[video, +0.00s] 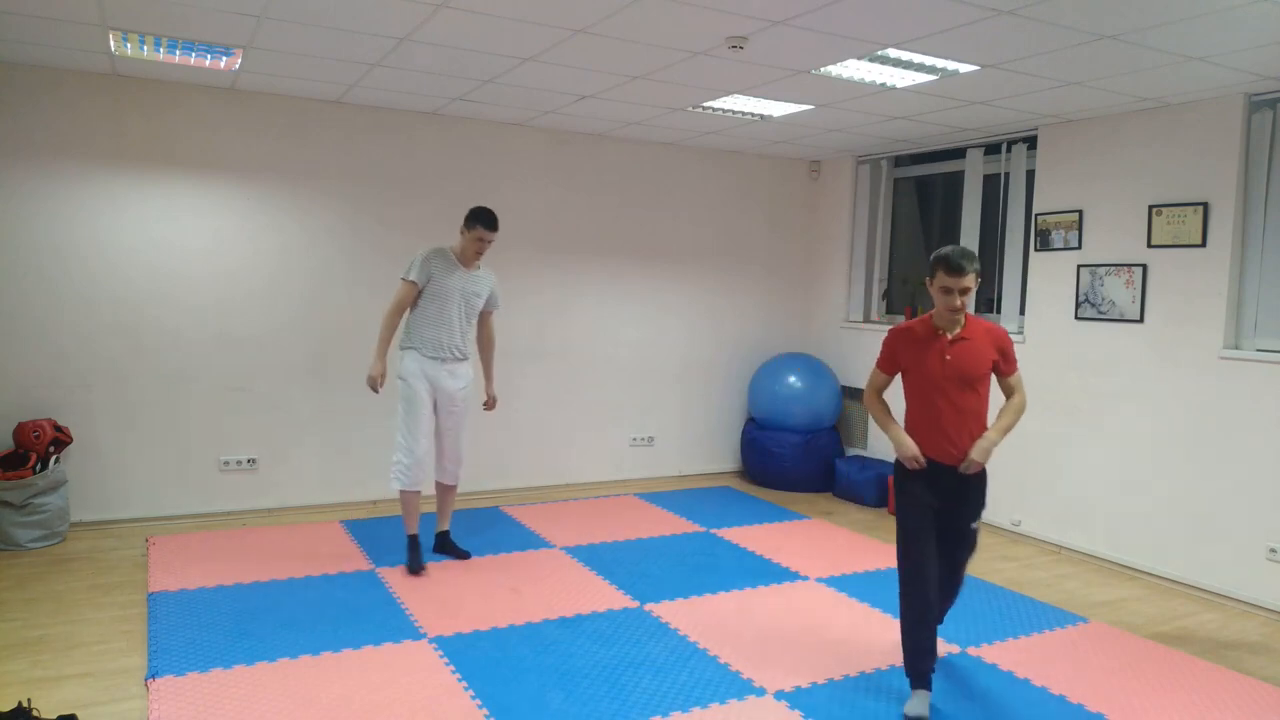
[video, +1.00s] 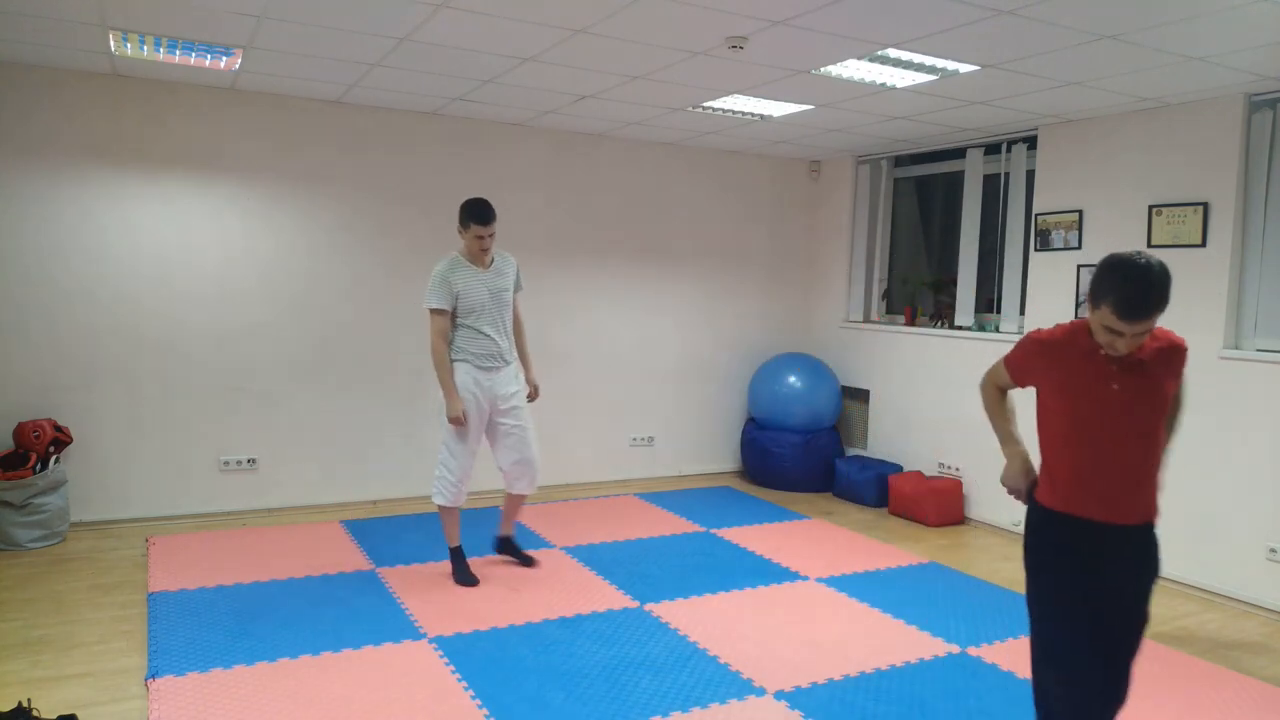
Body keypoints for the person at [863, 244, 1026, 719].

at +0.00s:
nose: (956, 301)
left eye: (965, 291)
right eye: (947, 292)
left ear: (976, 289)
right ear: (930, 287)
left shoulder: (992, 336)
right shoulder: (905, 337)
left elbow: (1017, 397)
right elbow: (872, 393)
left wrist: (991, 439)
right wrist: (898, 437)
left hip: (966, 475)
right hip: (916, 471)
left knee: (951, 579)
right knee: (920, 579)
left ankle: (924, 636)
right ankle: (918, 685)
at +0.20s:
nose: (979, 297)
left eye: (987, 287)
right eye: (970, 286)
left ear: (996, 285)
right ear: (948, 280)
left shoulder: (1007, 332)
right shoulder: (916, 333)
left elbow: (1024, 399)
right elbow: (885, 399)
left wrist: (1008, 450)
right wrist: (927, 448)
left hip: (990, 486)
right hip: (932, 483)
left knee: (1003, 592)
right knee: (926, 595)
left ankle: (962, 658)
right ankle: (920, 690)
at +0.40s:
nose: (1019, 301)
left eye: (1027, 292)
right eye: (1010, 289)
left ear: (1034, 290)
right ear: (984, 283)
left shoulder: (1038, 341)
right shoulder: (946, 333)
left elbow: (1055, 413)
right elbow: (919, 408)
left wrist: (1035, 456)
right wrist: (968, 464)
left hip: (1013, 499)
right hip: (955, 496)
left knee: (1034, 619)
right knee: (936, 602)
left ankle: (1051, 715)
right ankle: (920, 695)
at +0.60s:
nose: (1070, 317)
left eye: (1083, 308)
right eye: (1062, 303)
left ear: (1093, 304)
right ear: (1039, 288)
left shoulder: (1094, 352)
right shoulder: (992, 335)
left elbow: (1123, 424)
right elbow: (934, 394)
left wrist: (1087, 473)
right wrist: (968, 453)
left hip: (1063, 513)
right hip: (998, 507)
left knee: (1073, 650)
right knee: (979, 625)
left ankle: (1067, 716)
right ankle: (934, 691)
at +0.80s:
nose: (1098, 330)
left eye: (1112, 322)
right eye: (1089, 318)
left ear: (1128, 306)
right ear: (1069, 292)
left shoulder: (1139, 343)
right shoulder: (1026, 333)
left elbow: (1155, 404)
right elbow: (973, 378)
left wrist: (1138, 466)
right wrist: (989, 448)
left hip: (1100, 517)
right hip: (1026, 509)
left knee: (1086, 666)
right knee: (1021, 660)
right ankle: (1015, 713)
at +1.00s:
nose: (1121, 343)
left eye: (1136, 334)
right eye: (1110, 331)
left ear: (1154, 319)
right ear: (1090, 305)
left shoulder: (1169, 353)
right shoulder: (1049, 347)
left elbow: (1170, 410)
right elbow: (992, 383)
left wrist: (1149, 462)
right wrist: (1014, 454)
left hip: (1130, 541)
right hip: (1059, 536)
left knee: (1108, 683)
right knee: (1063, 682)